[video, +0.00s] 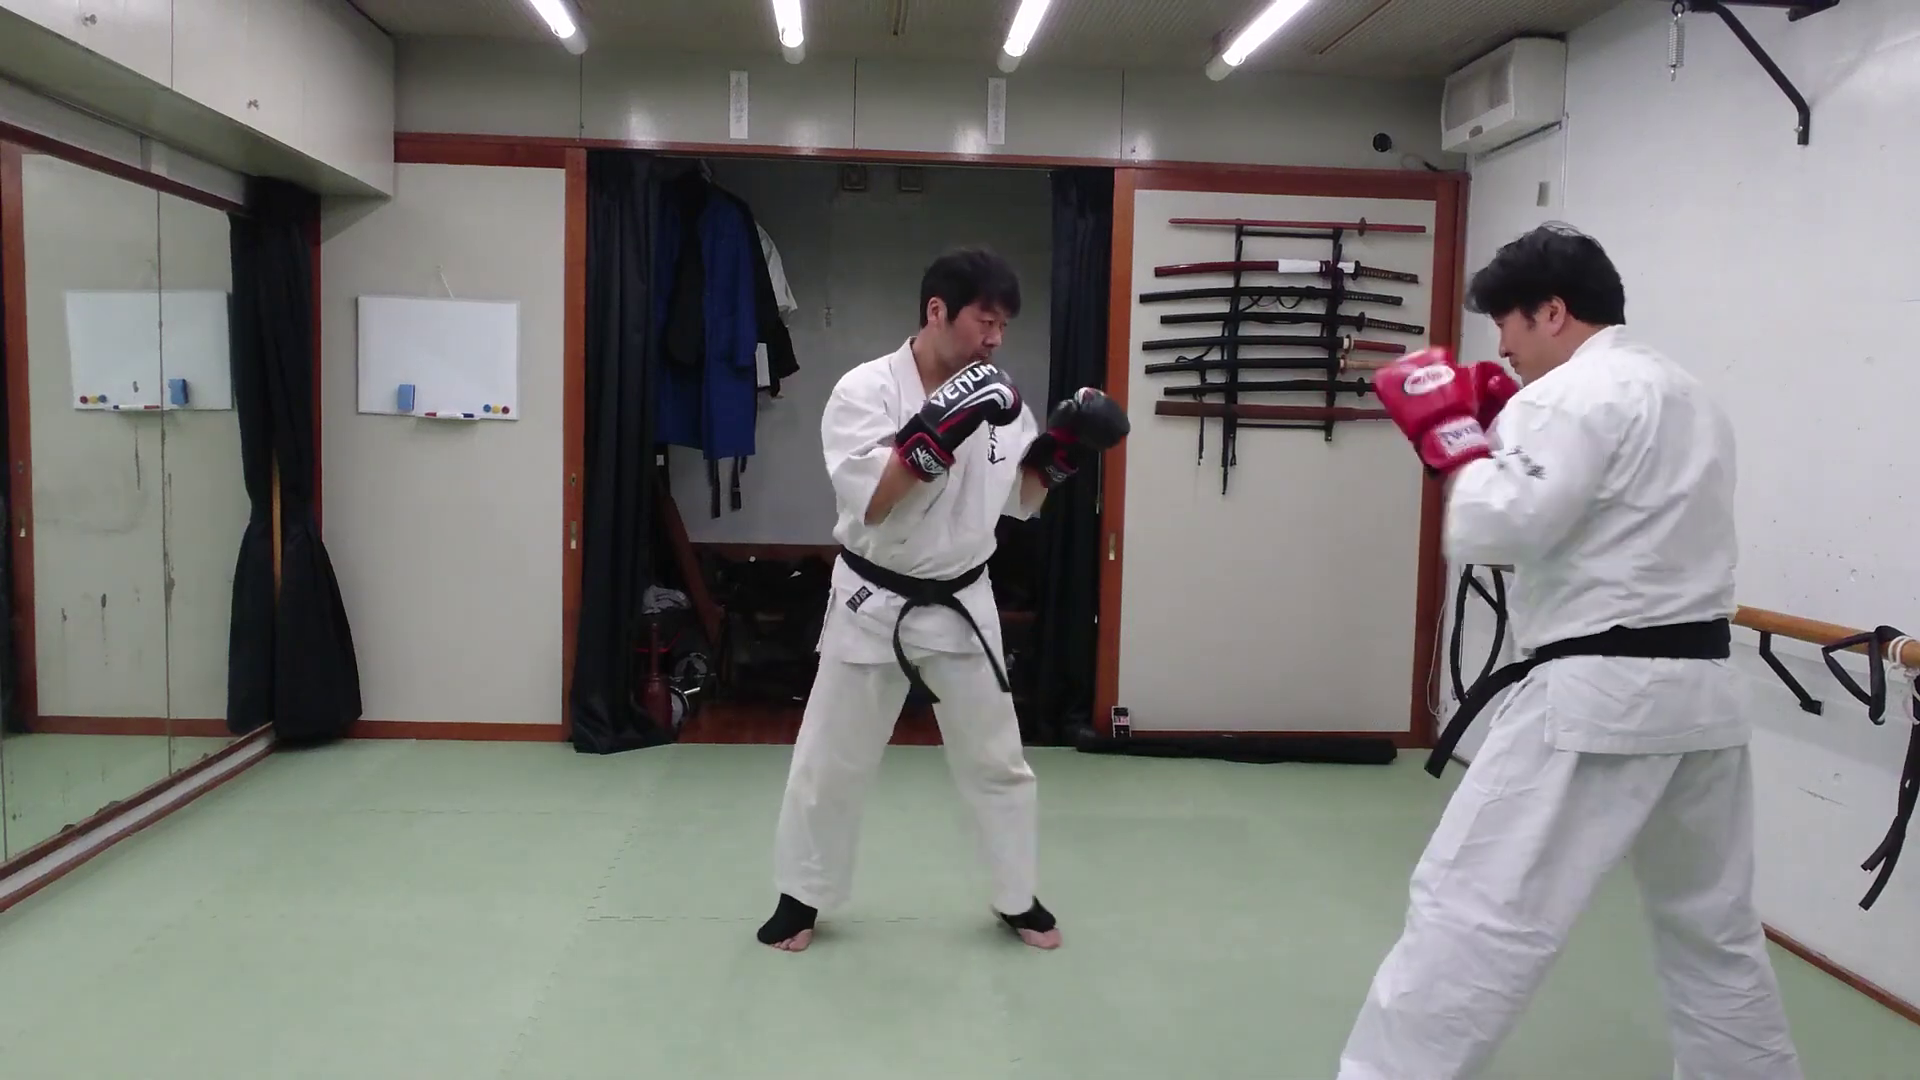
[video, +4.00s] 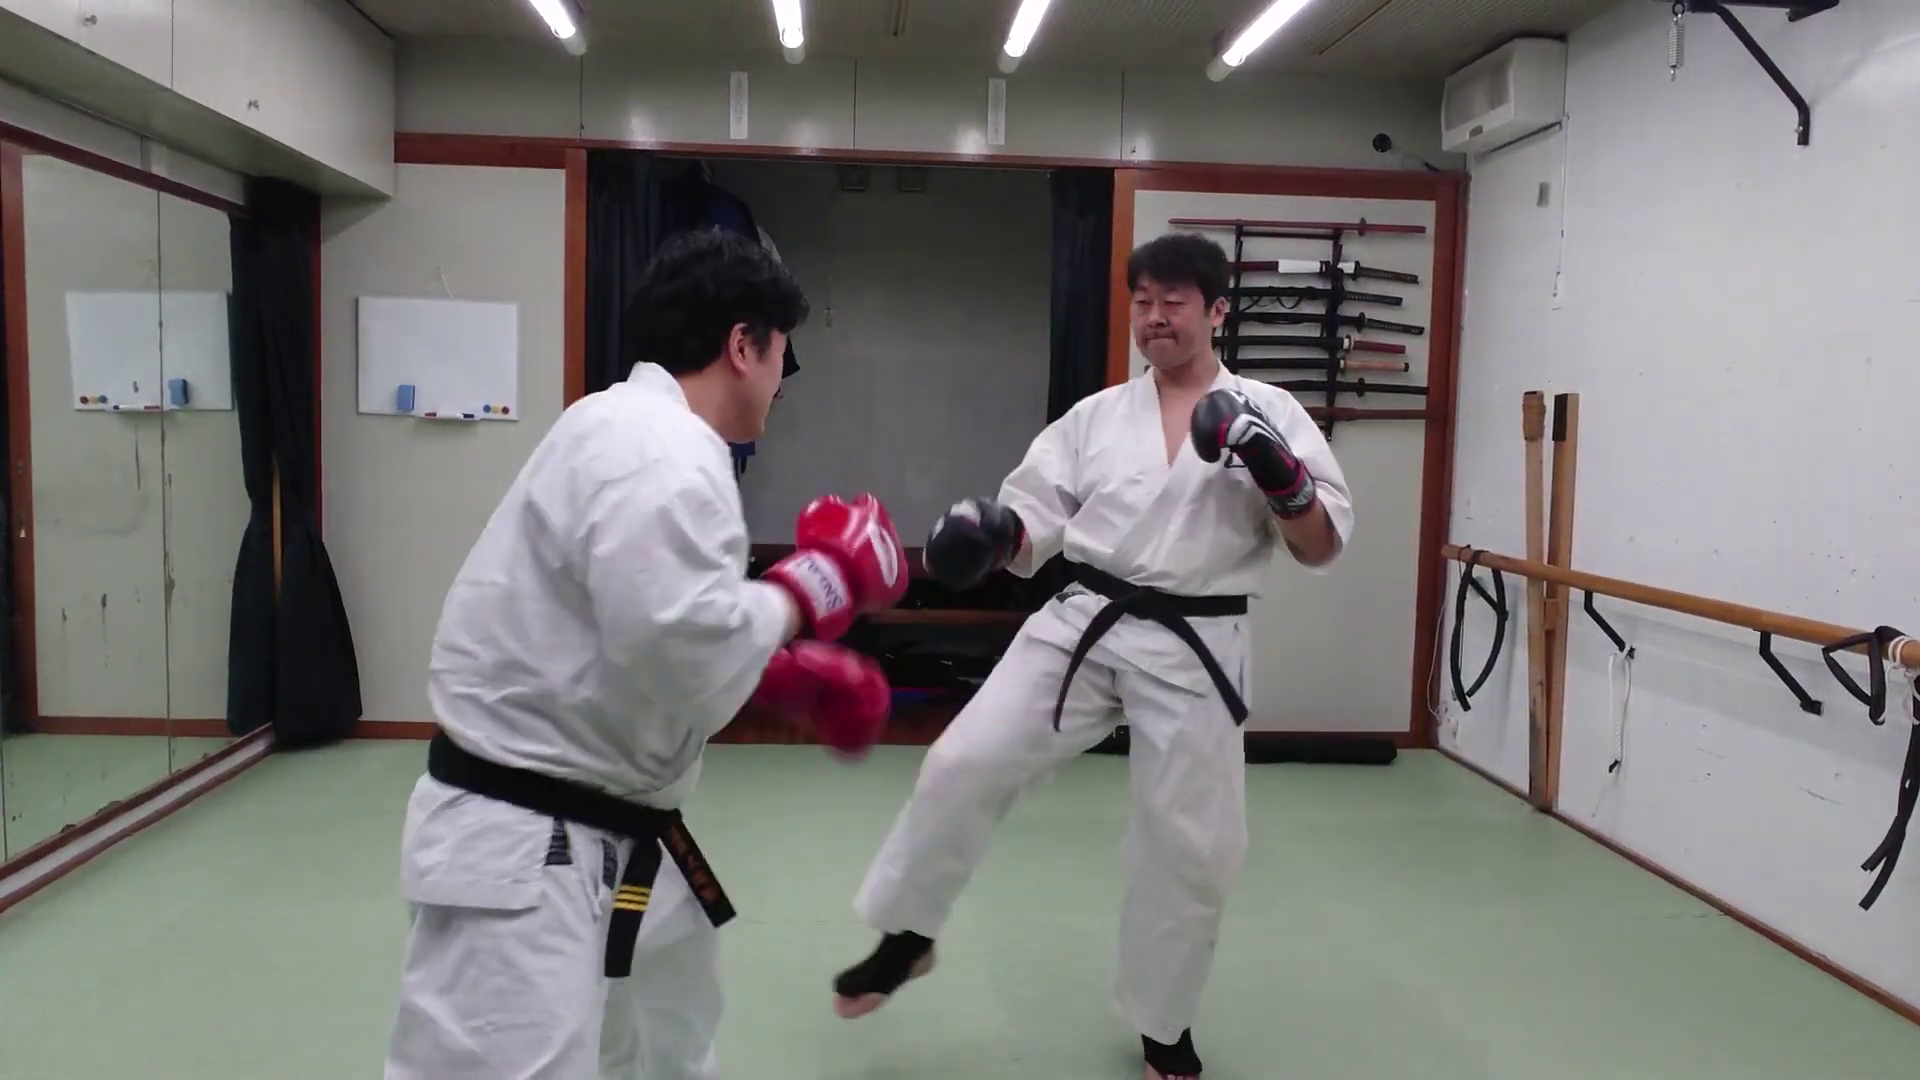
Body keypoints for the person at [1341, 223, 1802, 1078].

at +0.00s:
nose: (1502, 351)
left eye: (1506, 330)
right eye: (1497, 335)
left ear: (1554, 312)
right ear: (1593, 310)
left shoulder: (1570, 397)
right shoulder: (1693, 394)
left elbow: (1495, 525)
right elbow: (1611, 490)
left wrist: (1457, 441)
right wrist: (1509, 414)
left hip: (1591, 700)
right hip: (1708, 699)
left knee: (1467, 922)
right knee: (1717, 943)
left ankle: (1389, 1068)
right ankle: (1753, 1076)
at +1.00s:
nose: (1488, 331)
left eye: (1489, 308)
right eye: (1483, 312)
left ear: (1528, 291)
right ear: (1606, 286)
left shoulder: (1494, 386)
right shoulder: (1706, 397)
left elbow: (1394, 516)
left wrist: (1350, 449)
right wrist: (1485, 383)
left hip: (1516, 731)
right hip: (1671, 730)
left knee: (1393, 988)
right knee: (1698, 998)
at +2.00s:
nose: (1440, 310)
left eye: (1440, 287)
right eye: (1437, 288)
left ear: (1481, 284)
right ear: (1563, 264)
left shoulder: (1585, 408)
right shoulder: (1574, 369)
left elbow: (1503, 585)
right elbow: (1535, 488)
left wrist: (1380, 511)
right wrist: (1439, 460)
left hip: (1518, 754)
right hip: (1475, 702)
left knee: (1409, 991)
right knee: (1358, 773)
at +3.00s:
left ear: (1111, 268)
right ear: (1244, 255)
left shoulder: (1033, 384)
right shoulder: (1326, 379)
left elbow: (920, 590)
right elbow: (1397, 567)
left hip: (1031, 813)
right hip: (1199, 830)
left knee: (1049, 1048)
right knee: (1142, 1064)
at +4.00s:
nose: (783, 383)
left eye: (787, 359)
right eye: (784, 357)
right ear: (741, 345)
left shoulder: (620, 428)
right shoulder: (659, 454)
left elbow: (641, 642)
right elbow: (684, 645)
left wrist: (780, 678)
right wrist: (818, 579)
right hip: (530, 844)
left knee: (674, 1002)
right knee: (504, 1061)